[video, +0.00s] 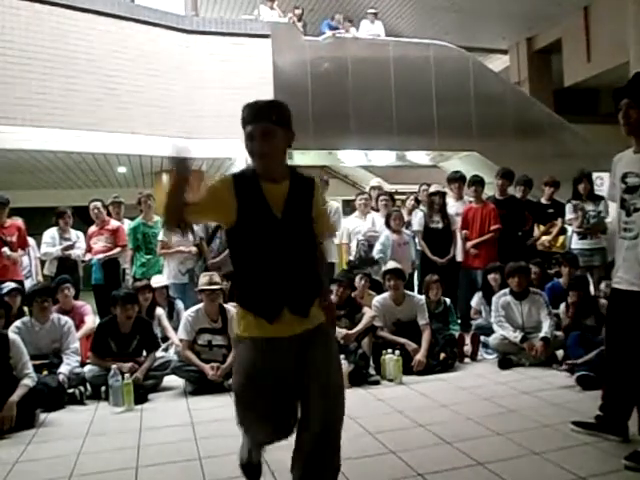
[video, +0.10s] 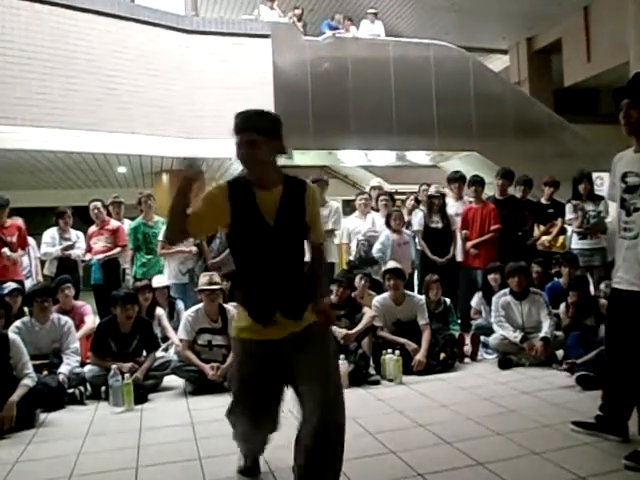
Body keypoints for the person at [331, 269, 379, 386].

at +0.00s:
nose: (340, 291)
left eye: (345, 288)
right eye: (339, 286)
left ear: (350, 291)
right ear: (334, 286)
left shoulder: (352, 301)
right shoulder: (326, 301)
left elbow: (370, 314)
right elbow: (320, 322)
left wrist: (354, 333)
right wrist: (337, 332)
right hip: (331, 345)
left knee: (368, 326)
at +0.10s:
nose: (341, 291)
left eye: (345, 288)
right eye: (339, 286)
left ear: (350, 291)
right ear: (334, 286)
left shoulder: (352, 301)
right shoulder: (325, 303)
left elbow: (370, 314)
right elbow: (320, 322)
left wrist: (354, 333)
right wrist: (335, 330)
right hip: (331, 344)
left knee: (369, 325)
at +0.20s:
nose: (340, 291)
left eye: (344, 288)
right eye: (338, 286)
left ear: (350, 291)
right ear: (333, 287)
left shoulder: (353, 303)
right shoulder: (322, 304)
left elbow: (371, 314)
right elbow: (316, 319)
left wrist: (354, 333)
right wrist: (337, 330)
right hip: (330, 345)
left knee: (369, 328)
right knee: (318, 333)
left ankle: (366, 370)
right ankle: (324, 372)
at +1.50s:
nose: (343, 290)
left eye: (347, 288)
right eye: (340, 285)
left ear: (351, 291)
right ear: (333, 286)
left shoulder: (353, 303)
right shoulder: (323, 302)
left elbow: (370, 314)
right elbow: (312, 317)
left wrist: (354, 333)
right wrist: (336, 330)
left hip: (351, 352)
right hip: (330, 350)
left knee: (368, 329)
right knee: (318, 332)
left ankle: (368, 368)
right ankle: (320, 370)